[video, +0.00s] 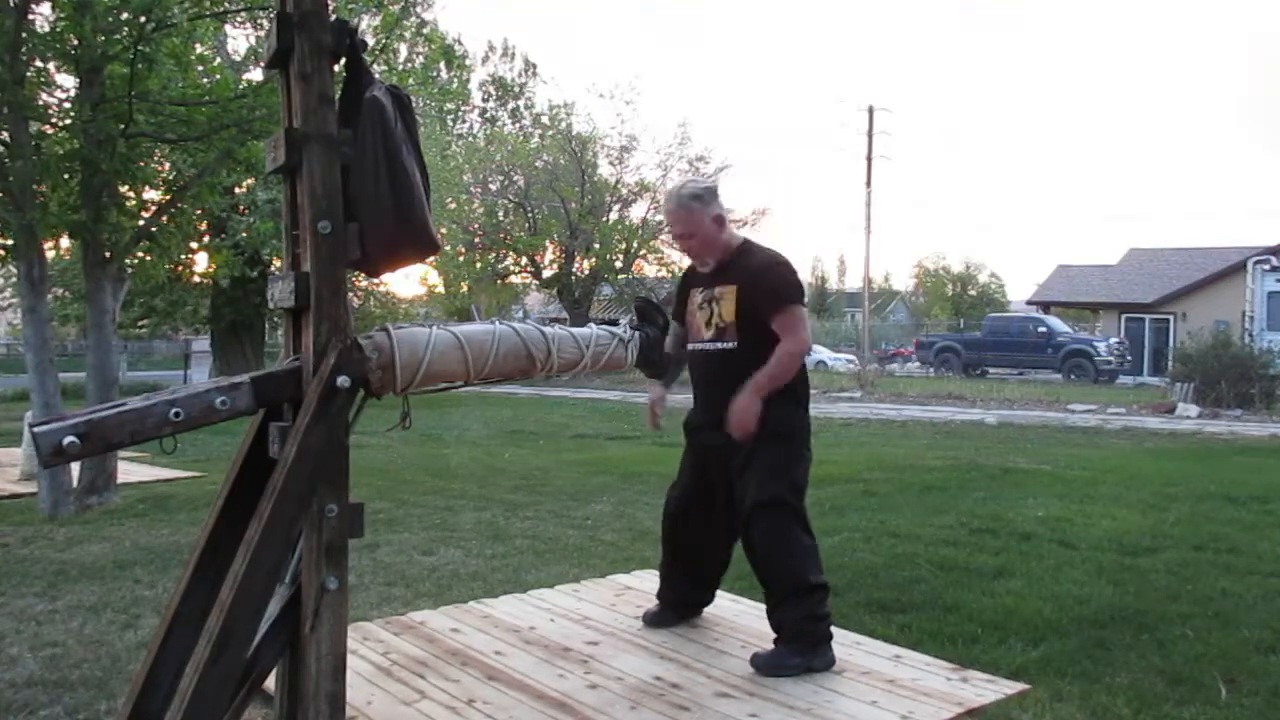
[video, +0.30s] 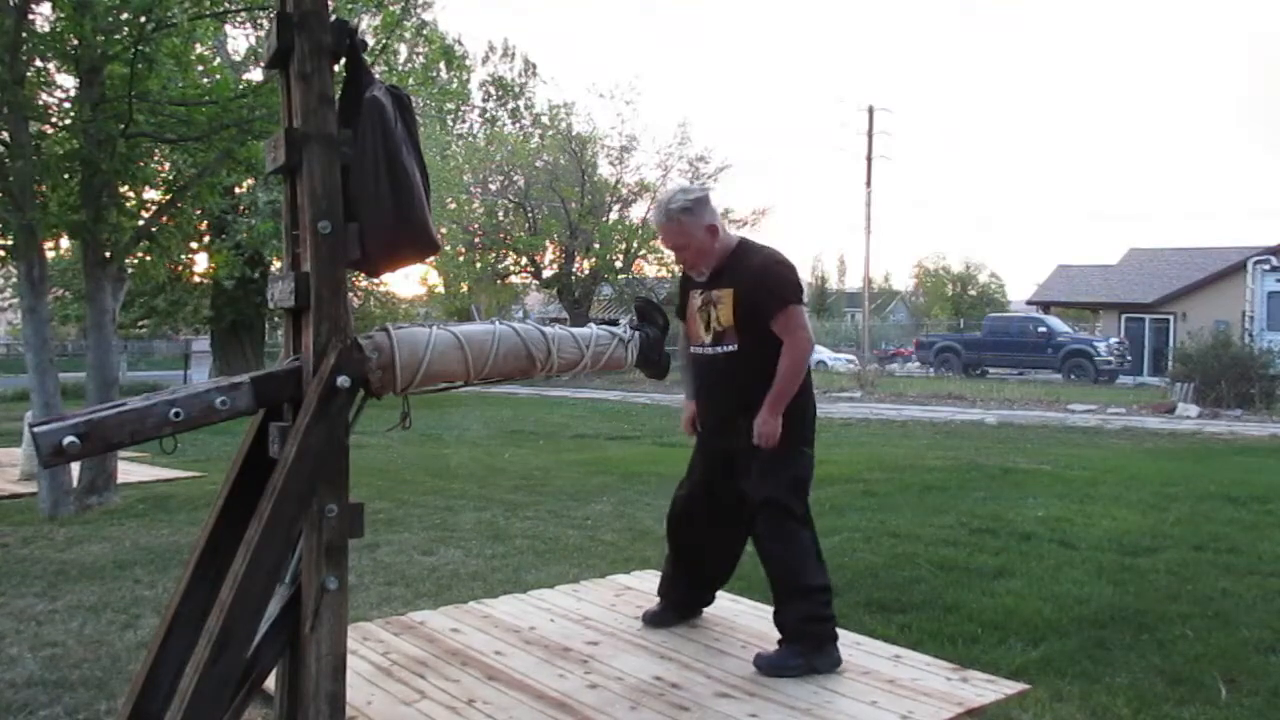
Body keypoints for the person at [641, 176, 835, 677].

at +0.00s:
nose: (681, 246)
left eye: (687, 235)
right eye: (675, 237)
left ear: (719, 221)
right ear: (675, 232)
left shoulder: (767, 269)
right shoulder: (691, 282)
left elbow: (797, 342)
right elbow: (681, 341)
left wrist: (754, 392)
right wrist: (661, 380)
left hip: (771, 424)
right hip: (712, 422)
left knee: (773, 519)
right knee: (691, 510)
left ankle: (807, 641)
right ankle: (682, 600)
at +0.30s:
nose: (676, 259)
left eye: (680, 248)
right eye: (671, 249)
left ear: (711, 231)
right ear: (673, 240)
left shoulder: (764, 269)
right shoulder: (693, 281)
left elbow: (801, 343)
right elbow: (700, 346)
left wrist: (773, 409)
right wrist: (695, 397)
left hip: (775, 423)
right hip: (723, 422)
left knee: (782, 525)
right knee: (696, 511)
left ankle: (813, 643)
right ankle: (682, 599)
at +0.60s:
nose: (688, 258)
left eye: (692, 247)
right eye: (683, 249)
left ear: (724, 231)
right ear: (705, 235)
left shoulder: (777, 269)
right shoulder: (699, 281)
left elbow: (827, 333)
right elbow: (695, 338)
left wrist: (804, 403)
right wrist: (688, 384)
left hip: (777, 430)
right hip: (720, 428)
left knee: (786, 535)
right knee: (687, 508)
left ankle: (813, 646)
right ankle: (681, 599)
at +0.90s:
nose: (709, 228)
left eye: (718, 218)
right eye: (705, 219)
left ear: (751, 216)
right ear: (703, 219)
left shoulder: (786, 271)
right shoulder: (701, 278)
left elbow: (793, 339)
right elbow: (682, 329)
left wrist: (739, 373)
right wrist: (669, 339)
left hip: (769, 430)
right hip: (707, 428)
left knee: (764, 517)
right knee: (678, 508)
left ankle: (812, 642)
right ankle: (681, 596)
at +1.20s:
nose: (735, 216)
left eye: (746, 207)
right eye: (732, 207)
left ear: (778, 211)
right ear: (730, 212)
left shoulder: (799, 271)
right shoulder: (718, 270)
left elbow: (764, 304)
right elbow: (671, 308)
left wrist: (711, 267)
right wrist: (661, 264)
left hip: (763, 430)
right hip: (702, 424)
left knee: (762, 521)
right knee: (673, 514)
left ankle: (813, 643)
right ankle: (682, 597)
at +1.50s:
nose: (736, 213)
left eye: (747, 204)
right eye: (734, 204)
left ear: (779, 208)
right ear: (736, 209)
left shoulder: (800, 271)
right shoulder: (721, 265)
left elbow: (762, 316)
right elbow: (680, 272)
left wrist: (704, 297)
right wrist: (643, 257)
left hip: (761, 434)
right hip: (699, 426)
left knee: (764, 530)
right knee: (675, 515)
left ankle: (813, 644)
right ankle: (681, 599)